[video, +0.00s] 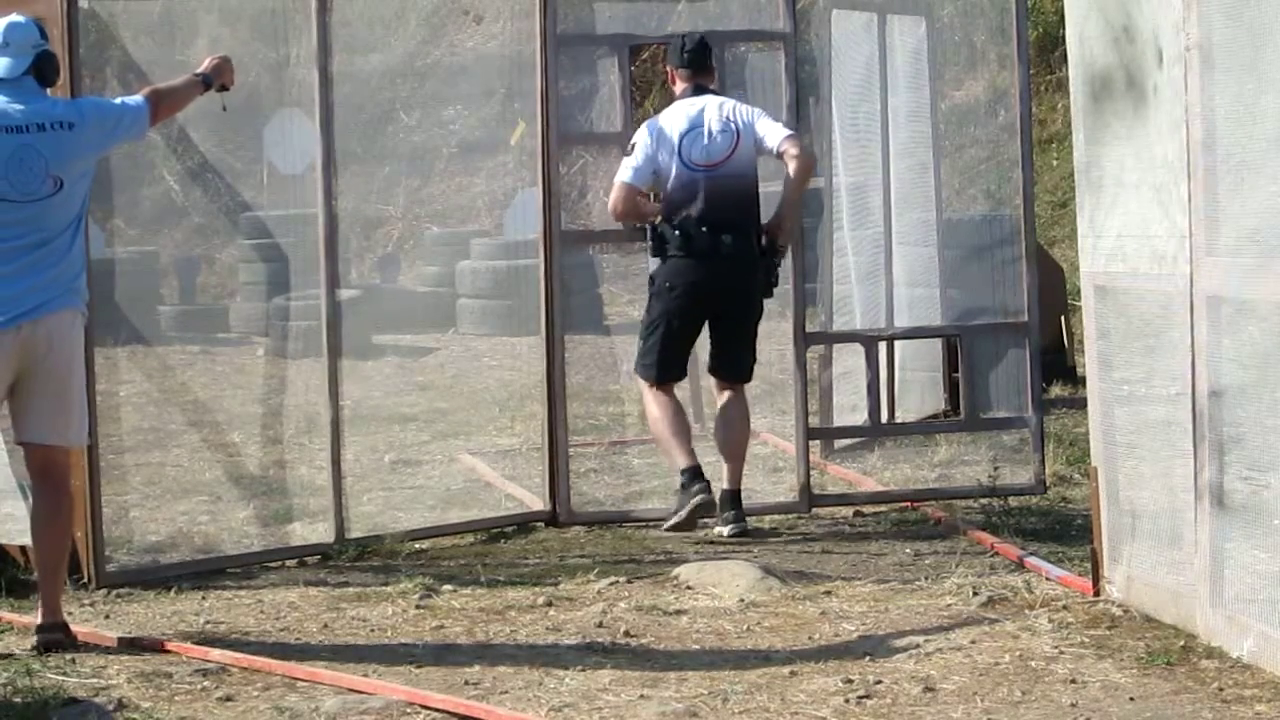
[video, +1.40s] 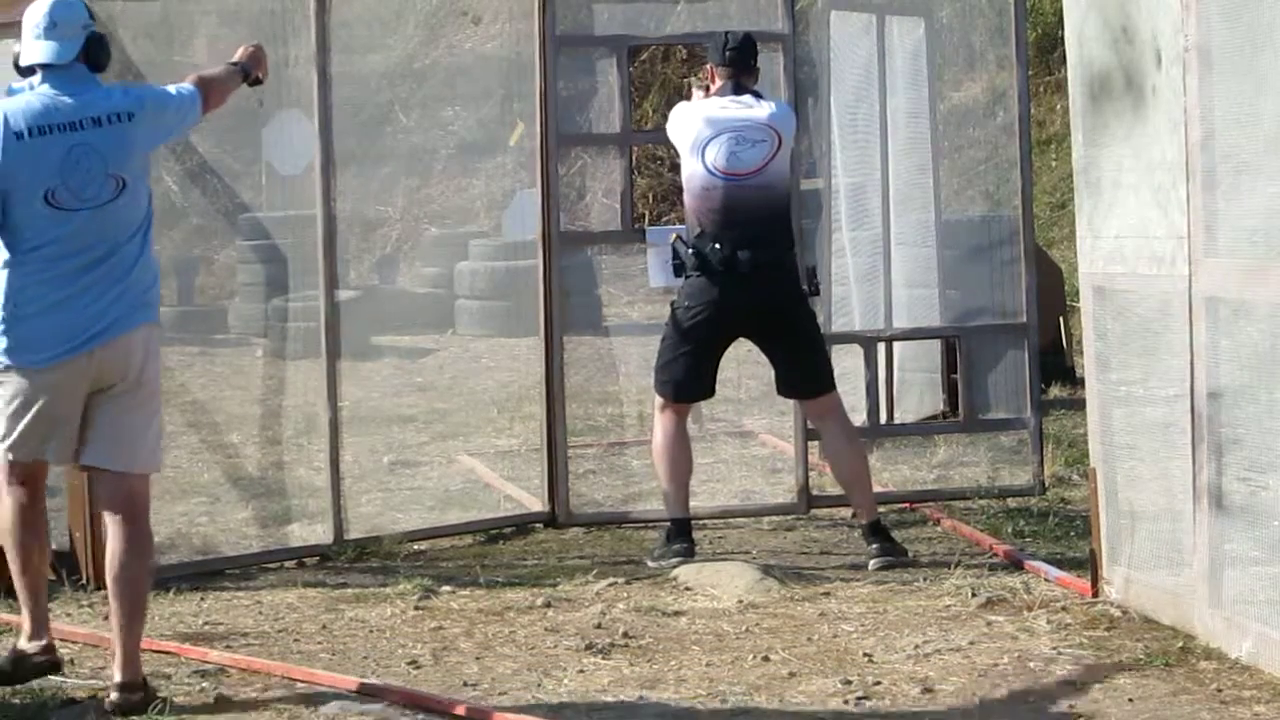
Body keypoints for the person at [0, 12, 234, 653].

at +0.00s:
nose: (52, 71)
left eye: (42, 61)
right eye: (49, 63)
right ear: (44, 68)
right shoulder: (69, 121)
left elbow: (149, 107)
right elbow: (151, 105)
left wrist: (195, 81)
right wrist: (204, 77)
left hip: (11, 316)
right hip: (48, 313)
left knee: (48, 470)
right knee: (50, 470)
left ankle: (47, 614)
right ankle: (50, 618)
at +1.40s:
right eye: (99, 51)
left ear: (27, 56)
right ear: (93, 52)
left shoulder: (6, 120)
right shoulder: (131, 108)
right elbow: (206, 92)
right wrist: (244, 64)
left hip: (34, 333)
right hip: (128, 324)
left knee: (23, 483)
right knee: (126, 504)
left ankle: (34, 636)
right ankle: (128, 677)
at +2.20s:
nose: (65, 52)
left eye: (68, 43)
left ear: (73, 51)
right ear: (146, 47)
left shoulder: (49, 120)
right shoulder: (191, 104)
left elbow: (17, 255)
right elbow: (250, 86)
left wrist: (6, 353)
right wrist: (277, 54)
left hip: (101, 352)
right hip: (195, 335)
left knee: (114, 535)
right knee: (192, 495)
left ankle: (142, 703)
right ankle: (225, 653)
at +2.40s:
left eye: (100, 56)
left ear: (103, 56)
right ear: (180, 49)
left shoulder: (82, 121)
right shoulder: (224, 103)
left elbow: (52, 255)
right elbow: (275, 79)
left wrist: (33, 354)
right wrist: (298, 47)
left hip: (126, 359)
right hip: (222, 345)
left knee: (125, 533)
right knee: (248, 519)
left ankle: (143, 704)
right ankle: (315, 675)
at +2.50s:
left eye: (121, 59)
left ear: (124, 59)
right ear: (200, 51)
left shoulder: (105, 123)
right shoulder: (244, 105)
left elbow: (74, 262)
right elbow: (291, 77)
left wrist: (58, 365)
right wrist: (311, 43)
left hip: (145, 361)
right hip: (243, 348)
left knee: (135, 539)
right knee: (275, 529)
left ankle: (144, 703)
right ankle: (327, 694)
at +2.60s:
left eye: (148, 55)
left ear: (147, 57)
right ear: (223, 50)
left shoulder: (130, 125)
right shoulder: (268, 107)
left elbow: (101, 262)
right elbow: (308, 79)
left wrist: (84, 364)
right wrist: (323, 45)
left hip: (168, 356)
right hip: (268, 344)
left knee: (149, 537)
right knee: (293, 532)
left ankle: (144, 704)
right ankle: (329, 702)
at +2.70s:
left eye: (170, 55)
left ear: (169, 57)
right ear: (246, 50)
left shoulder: (154, 124)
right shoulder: (291, 104)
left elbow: (127, 260)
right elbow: (327, 78)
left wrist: (114, 363)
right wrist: (341, 45)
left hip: (194, 355)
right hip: (295, 342)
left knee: (166, 536)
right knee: (314, 530)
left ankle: (148, 702)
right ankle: (335, 703)